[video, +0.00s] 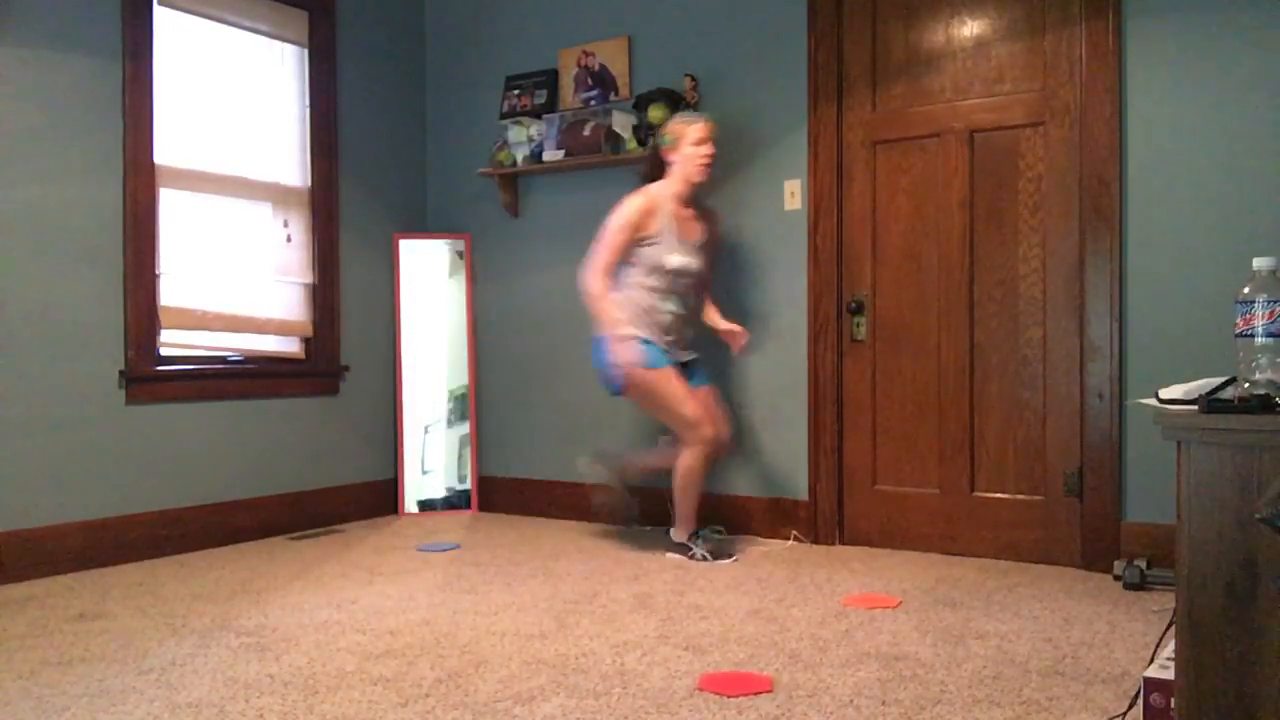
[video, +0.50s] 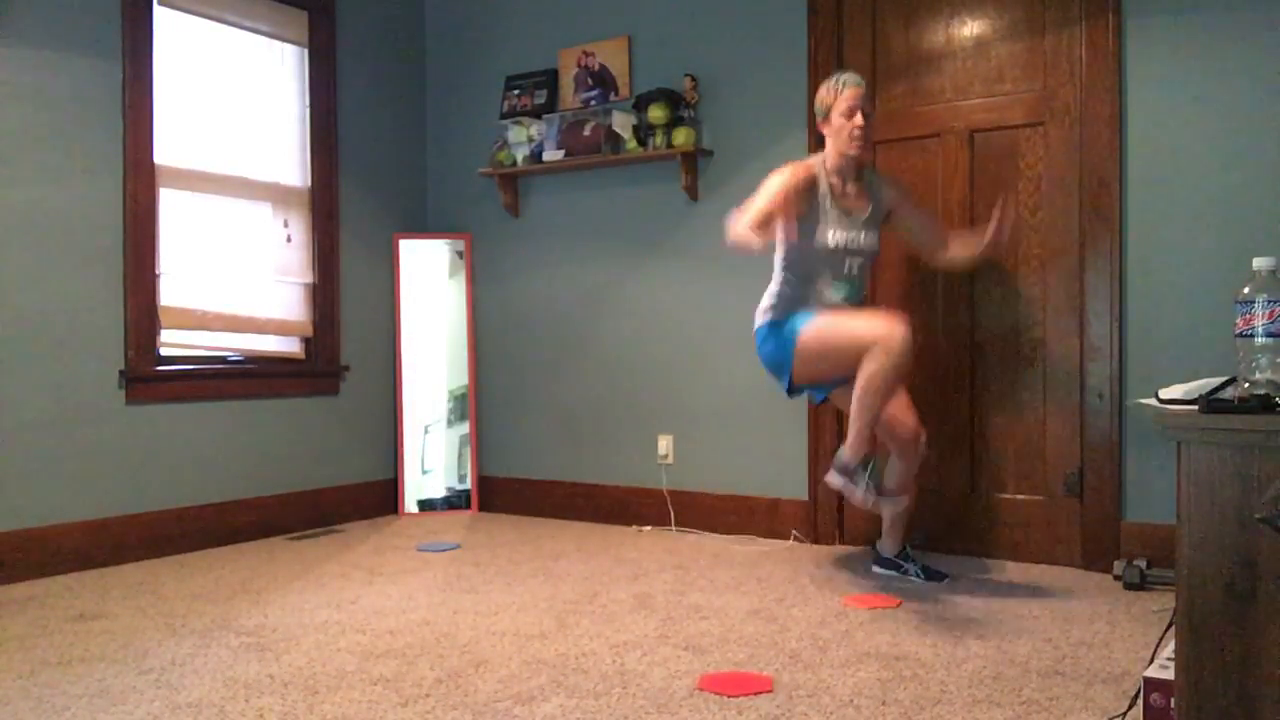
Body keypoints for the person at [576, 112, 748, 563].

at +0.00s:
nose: (710, 152)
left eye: (711, 143)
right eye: (699, 144)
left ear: (711, 152)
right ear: (670, 153)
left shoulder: (702, 221)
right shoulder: (640, 206)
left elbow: (696, 290)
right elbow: (594, 275)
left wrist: (720, 324)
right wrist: (617, 333)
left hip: (677, 346)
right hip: (631, 340)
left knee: (718, 436)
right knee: (697, 431)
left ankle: (619, 466)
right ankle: (682, 536)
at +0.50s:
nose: (862, 124)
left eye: (867, 115)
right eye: (852, 114)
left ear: (872, 124)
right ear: (823, 123)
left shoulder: (880, 190)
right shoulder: (796, 179)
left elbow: (938, 247)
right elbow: (739, 226)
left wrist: (984, 241)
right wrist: (754, 233)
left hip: (844, 340)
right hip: (787, 334)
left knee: (908, 436)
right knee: (894, 332)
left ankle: (890, 552)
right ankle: (850, 461)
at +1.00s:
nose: (864, 56)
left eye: (874, 46)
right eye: (853, 41)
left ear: (879, 53)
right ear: (822, 40)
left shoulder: (844, 124)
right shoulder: (796, 108)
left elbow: (813, 229)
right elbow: (738, 205)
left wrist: (851, 274)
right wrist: (739, 293)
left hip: (820, 306)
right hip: (765, 301)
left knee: (886, 413)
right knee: (782, 452)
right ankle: (743, 594)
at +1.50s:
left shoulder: (775, 33)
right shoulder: (682, 12)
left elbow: (755, 126)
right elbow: (562, 58)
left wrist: (840, 151)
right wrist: (590, 79)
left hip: (729, 243)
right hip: (655, 226)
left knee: (840, 354)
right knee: (668, 419)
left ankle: (708, 426)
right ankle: (592, 612)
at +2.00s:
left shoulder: (682, 38)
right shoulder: (535, 11)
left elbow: (744, 161)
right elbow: (409, 24)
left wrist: (837, 169)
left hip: (604, 292)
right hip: (492, 258)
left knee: (658, 496)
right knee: (557, 275)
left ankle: (660, 698)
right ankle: (473, 496)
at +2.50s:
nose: (513, 21)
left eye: (526, 8)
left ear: (533, 17)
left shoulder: (481, 120)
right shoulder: (308, 36)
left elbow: (483, 285)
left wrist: (515, 432)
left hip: (282, 297)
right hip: (145, 268)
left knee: (352, 491)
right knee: (168, 539)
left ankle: (182, 649)